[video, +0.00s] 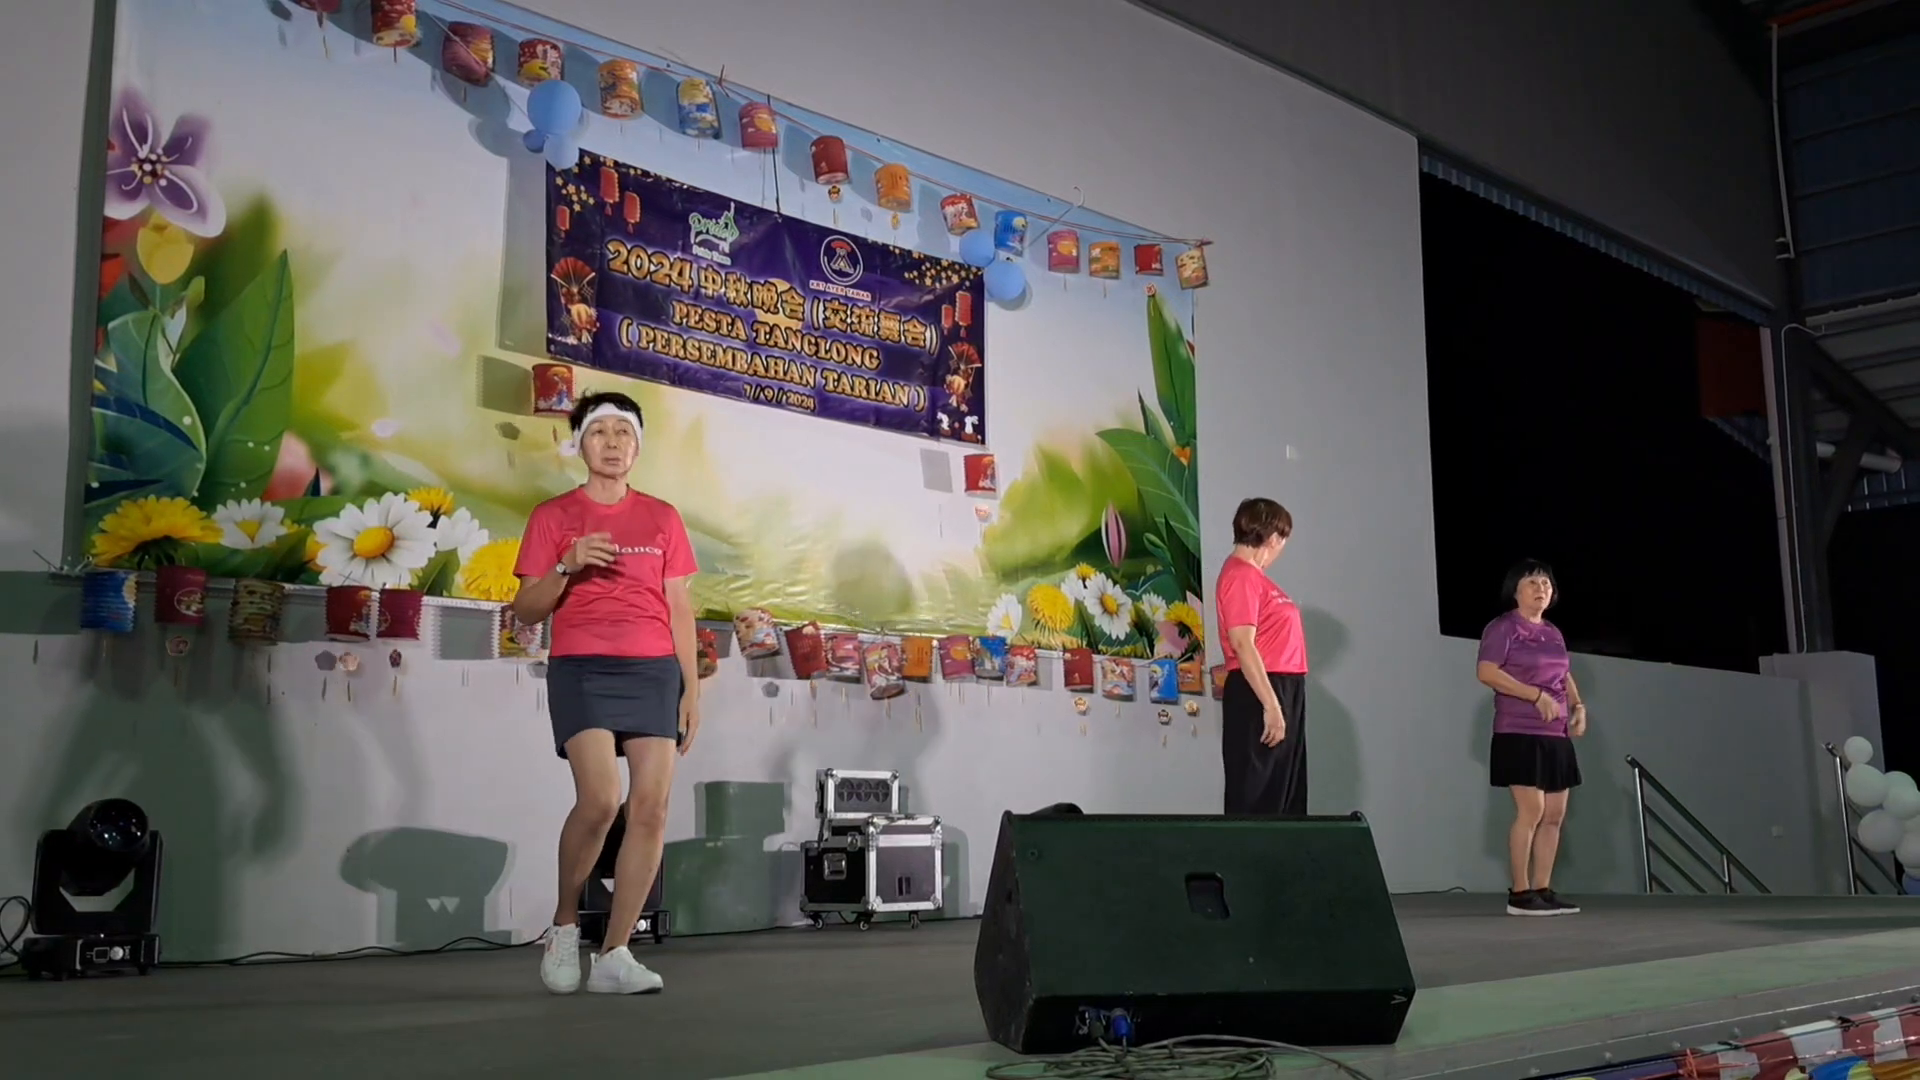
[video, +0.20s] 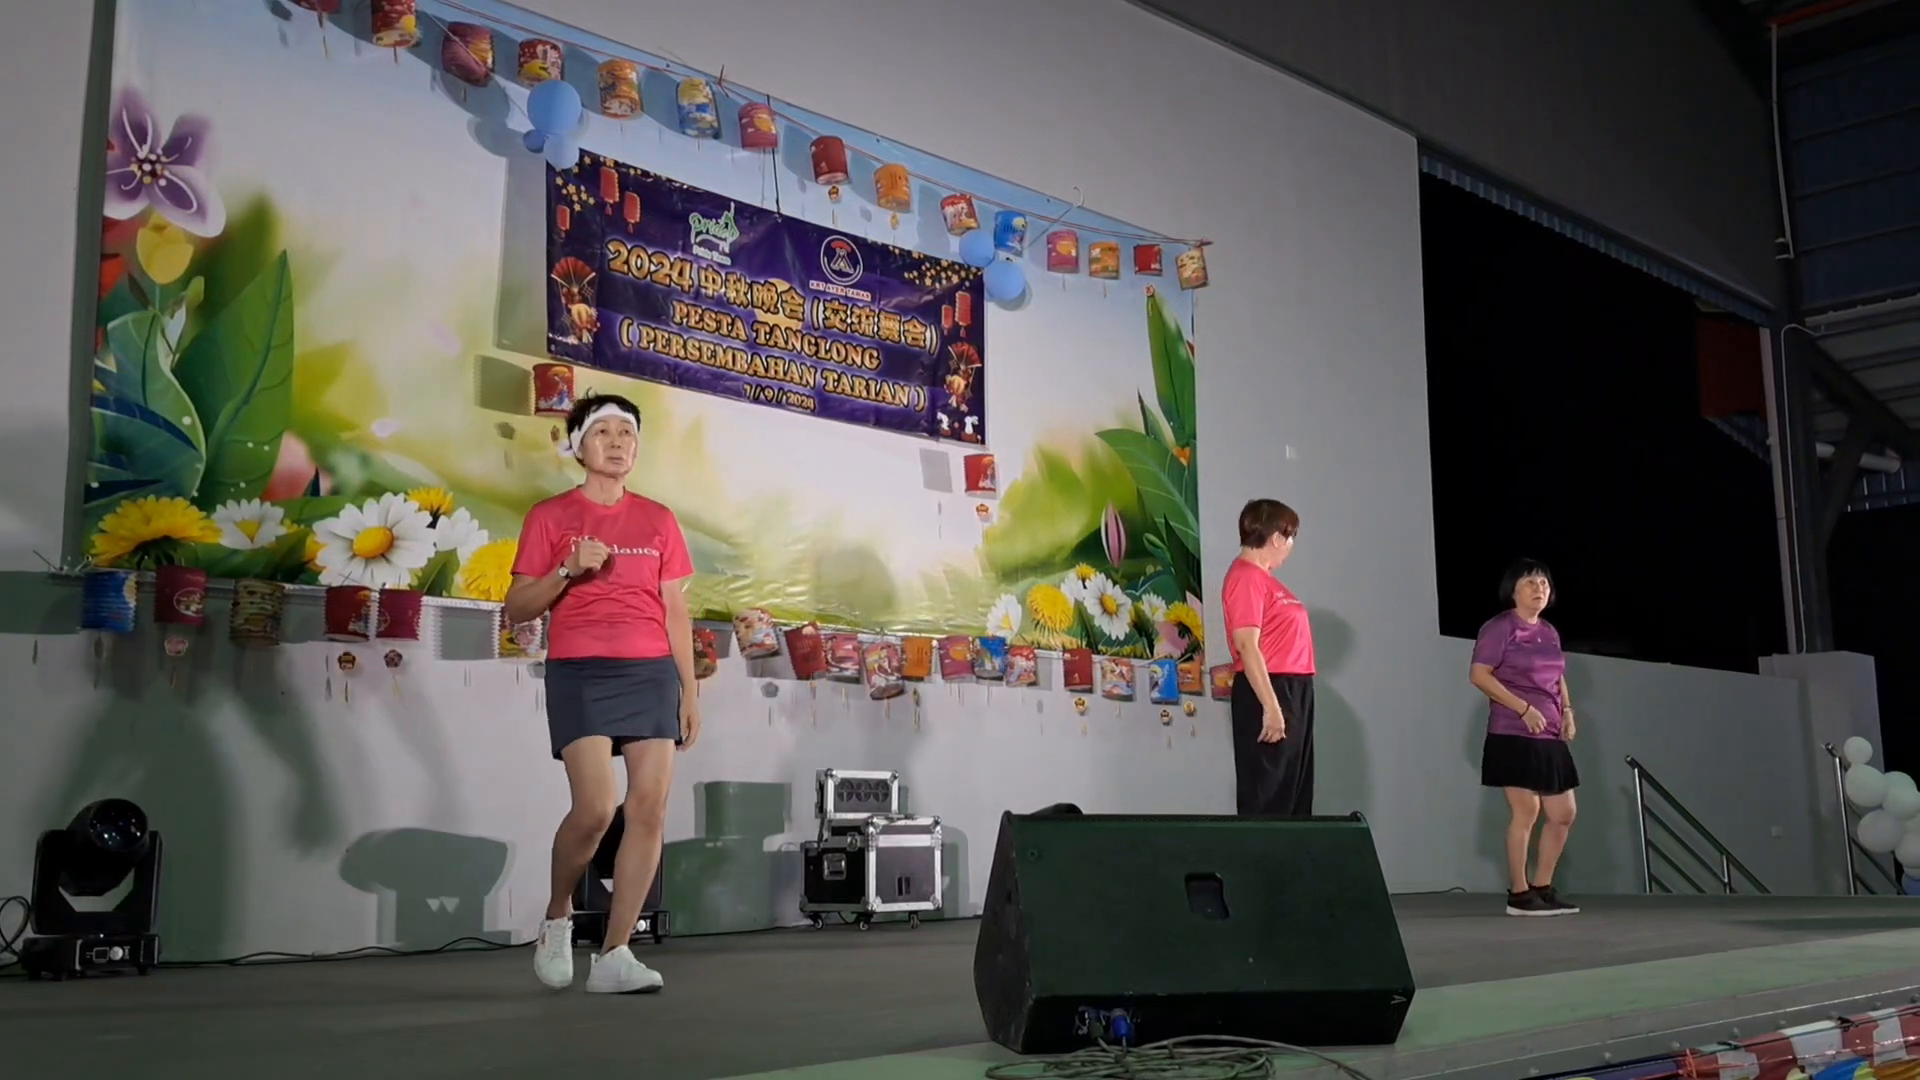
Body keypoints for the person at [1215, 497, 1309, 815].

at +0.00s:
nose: (1281, 547)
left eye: (1284, 540)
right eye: (1283, 539)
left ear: (1245, 530)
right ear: (1272, 538)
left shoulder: (1253, 575)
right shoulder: (1241, 575)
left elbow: (1251, 642)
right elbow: (1242, 643)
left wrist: (1283, 701)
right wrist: (1271, 705)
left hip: (1284, 687)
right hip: (1261, 688)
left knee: (1284, 792)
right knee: (1256, 793)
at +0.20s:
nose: (1291, 547)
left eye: (1293, 539)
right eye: (1290, 538)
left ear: (1265, 537)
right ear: (1275, 537)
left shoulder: (1263, 577)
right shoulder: (1246, 576)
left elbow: (1260, 643)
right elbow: (1246, 645)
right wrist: (1270, 706)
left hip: (1294, 690)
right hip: (1271, 690)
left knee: (1294, 795)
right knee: (1267, 797)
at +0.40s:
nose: (1295, 544)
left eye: (1296, 536)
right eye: (1288, 535)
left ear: (1264, 541)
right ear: (1261, 539)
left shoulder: (1276, 579)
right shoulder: (1245, 578)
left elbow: (1282, 645)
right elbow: (1241, 647)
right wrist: (1263, 707)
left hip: (1303, 692)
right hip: (1273, 693)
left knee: (1303, 800)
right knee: (1279, 803)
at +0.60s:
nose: (1294, 542)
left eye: (1297, 534)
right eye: (1285, 533)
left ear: (1300, 538)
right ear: (1259, 538)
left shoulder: (1292, 582)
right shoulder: (1240, 582)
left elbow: (1301, 646)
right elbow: (1234, 649)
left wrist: (1315, 705)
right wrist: (1247, 709)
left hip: (1309, 695)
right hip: (1269, 696)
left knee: (1307, 803)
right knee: (1277, 805)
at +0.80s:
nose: (1307, 543)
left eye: (1306, 535)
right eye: (1302, 534)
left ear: (1281, 540)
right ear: (1277, 539)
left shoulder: (1299, 582)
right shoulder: (1241, 583)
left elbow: (1316, 647)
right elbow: (1230, 652)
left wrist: (1341, 703)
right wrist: (1233, 714)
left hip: (1311, 700)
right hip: (1268, 699)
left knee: (1307, 804)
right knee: (1275, 805)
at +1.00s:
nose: (1310, 545)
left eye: (1311, 537)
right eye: (1308, 536)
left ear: (1287, 539)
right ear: (1291, 538)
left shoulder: (1296, 582)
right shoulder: (1249, 581)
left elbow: (1314, 649)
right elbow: (1234, 650)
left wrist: (1341, 698)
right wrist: (1236, 714)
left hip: (1311, 700)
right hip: (1272, 699)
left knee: (1306, 806)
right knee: (1277, 807)